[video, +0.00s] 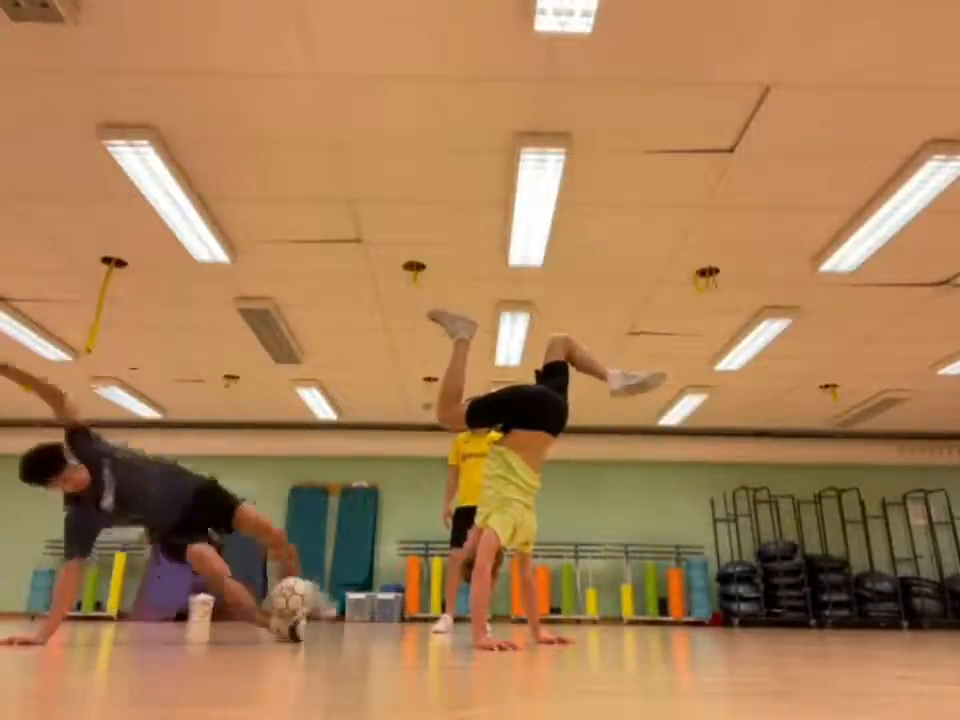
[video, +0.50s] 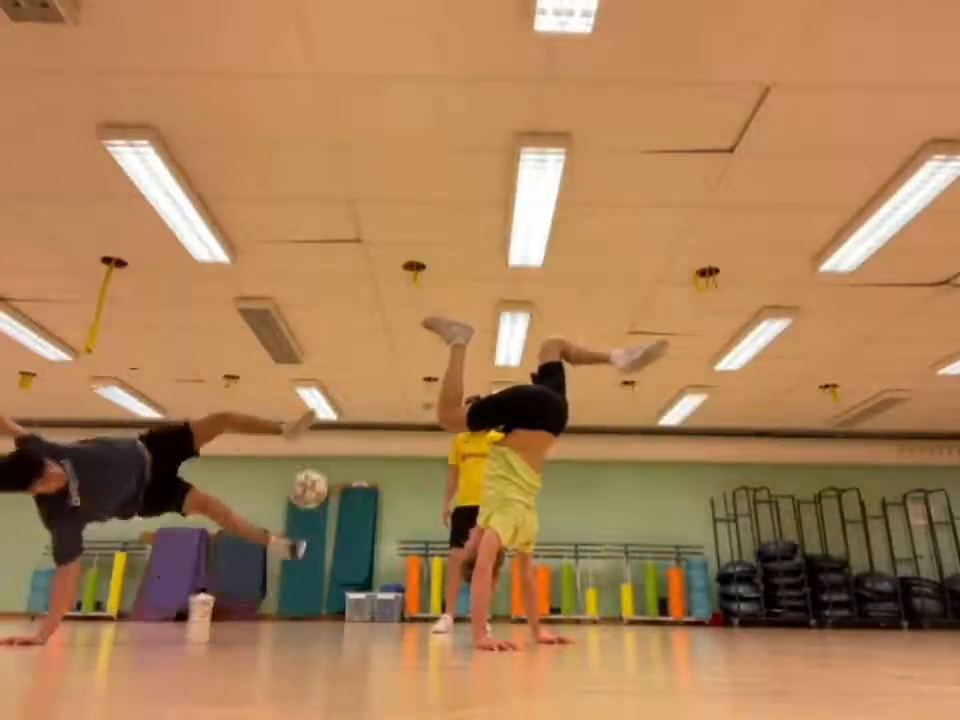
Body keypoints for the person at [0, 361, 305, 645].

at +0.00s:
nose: (74, 479)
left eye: (68, 471)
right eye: (65, 482)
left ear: (67, 460)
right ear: (57, 487)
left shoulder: (86, 445)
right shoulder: (82, 517)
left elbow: (56, 399)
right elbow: (70, 574)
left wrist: (11, 373)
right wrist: (45, 633)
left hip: (193, 491)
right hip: (172, 527)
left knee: (257, 524)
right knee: (210, 565)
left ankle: (289, 563)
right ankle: (269, 624)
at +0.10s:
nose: (54, 477)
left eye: (48, 470)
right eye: (44, 483)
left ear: (47, 458)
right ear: (38, 493)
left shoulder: (58, 446)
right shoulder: (70, 516)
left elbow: (29, 419)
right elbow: (69, 573)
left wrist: (5, 400)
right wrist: (46, 632)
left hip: (172, 461)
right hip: (159, 503)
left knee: (244, 489)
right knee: (211, 541)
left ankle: (308, 528)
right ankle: (268, 587)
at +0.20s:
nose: (48, 479)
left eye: (41, 472)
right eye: (38, 486)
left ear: (36, 461)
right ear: (30, 496)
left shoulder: (43, 448)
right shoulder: (62, 519)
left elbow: (11, 419)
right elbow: (65, 577)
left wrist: (0, 400)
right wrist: (45, 633)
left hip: (159, 448)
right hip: (151, 490)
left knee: (231, 466)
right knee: (215, 508)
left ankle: (302, 497)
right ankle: (286, 546)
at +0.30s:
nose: (47, 478)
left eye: (40, 472)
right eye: (38, 486)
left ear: (34, 461)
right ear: (27, 497)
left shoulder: (37, 449)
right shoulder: (58, 521)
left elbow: (6, 422)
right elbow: (64, 578)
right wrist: (46, 633)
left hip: (149, 442)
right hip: (148, 489)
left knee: (227, 449)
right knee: (215, 500)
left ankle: (302, 467)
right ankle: (292, 519)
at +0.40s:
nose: (52, 476)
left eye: (47, 470)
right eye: (44, 483)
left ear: (36, 461)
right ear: (32, 495)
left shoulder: (36, 450)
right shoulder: (58, 516)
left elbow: (8, 428)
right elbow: (66, 571)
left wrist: (7, 433)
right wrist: (46, 631)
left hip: (143, 444)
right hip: (146, 489)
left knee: (216, 436)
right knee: (216, 501)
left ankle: (289, 447)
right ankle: (291, 514)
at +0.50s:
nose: (57, 471)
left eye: (51, 465)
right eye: (48, 477)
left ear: (43, 459)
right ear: (37, 490)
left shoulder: (40, 450)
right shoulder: (62, 517)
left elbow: (12, 428)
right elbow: (66, 575)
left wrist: (9, 428)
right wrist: (44, 634)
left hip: (147, 451)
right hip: (148, 494)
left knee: (219, 421)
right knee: (212, 507)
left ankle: (284, 429)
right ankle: (275, 542)